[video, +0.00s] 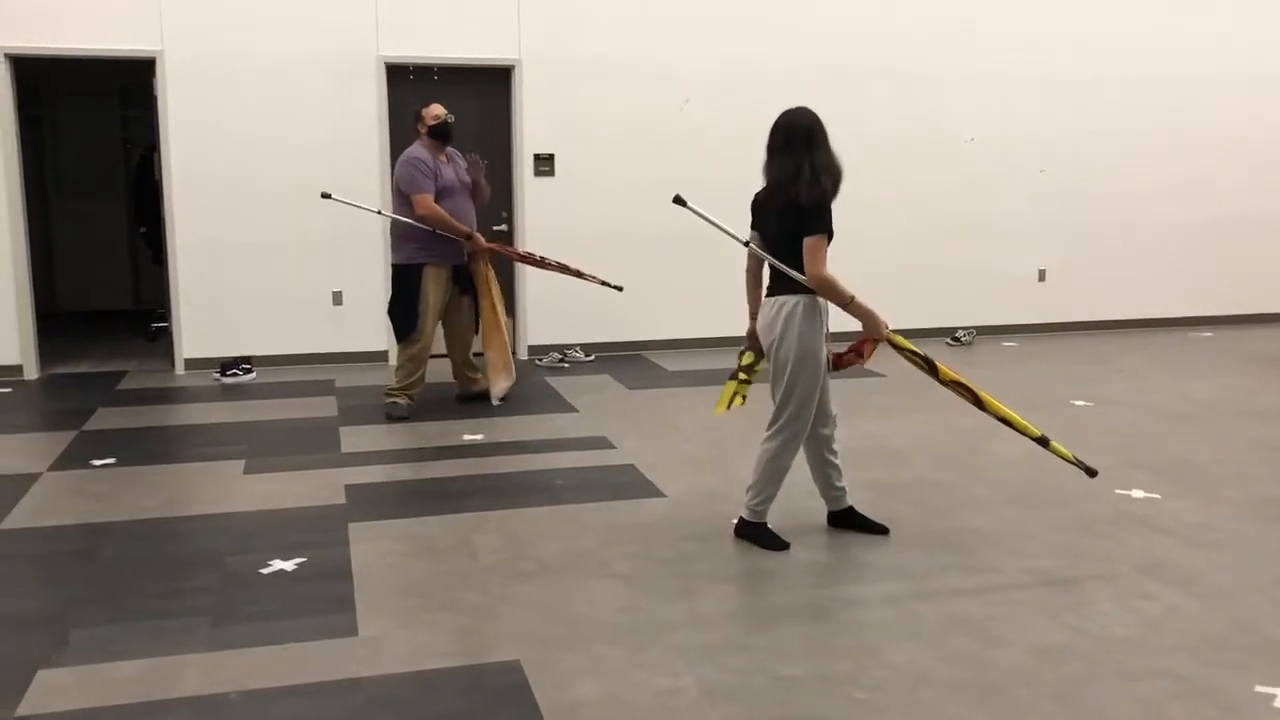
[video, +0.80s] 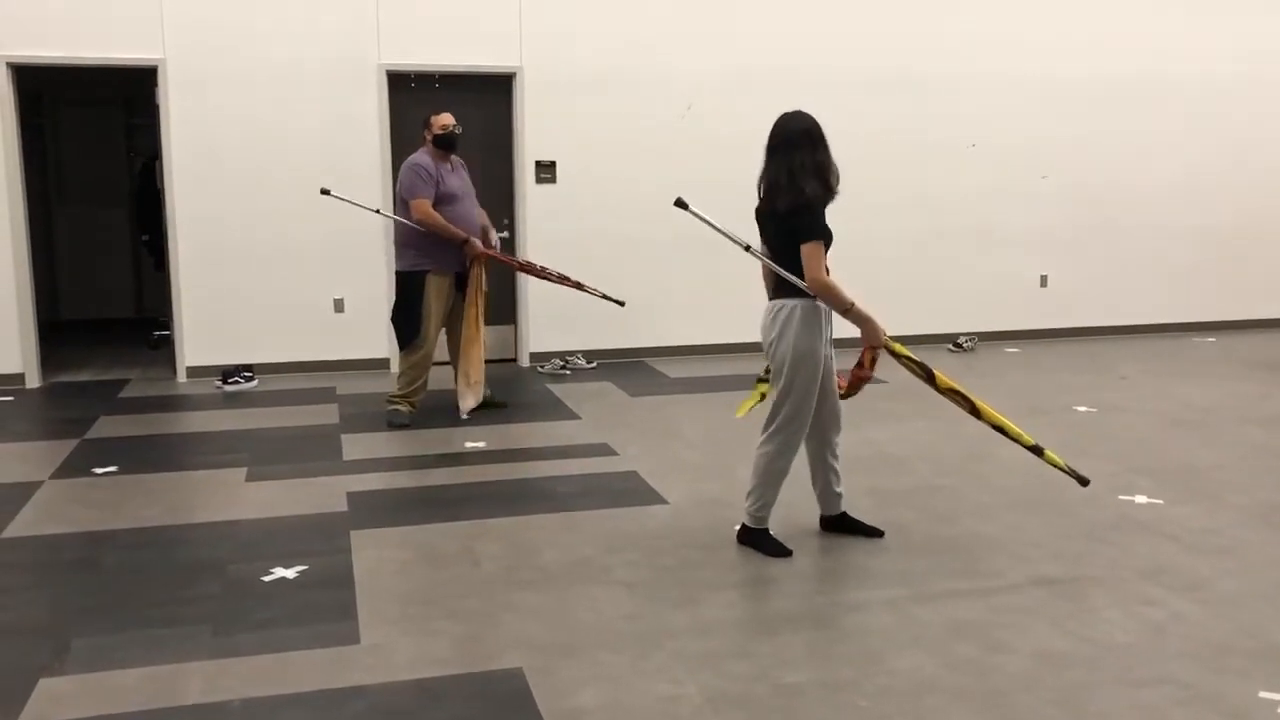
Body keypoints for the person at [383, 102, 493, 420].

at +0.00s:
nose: (444, 121)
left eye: (447, 117)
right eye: (436, 118)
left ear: (451, 124)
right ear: (422, 127)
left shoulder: (455, 157)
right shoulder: (414, 159)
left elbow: (480, 202)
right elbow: (424, 209)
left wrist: (478, 179)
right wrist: (469, 234)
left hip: (458, 257)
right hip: (422, 260)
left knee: (462, 326)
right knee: (417, 332)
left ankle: (470, 384)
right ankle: (400, 396)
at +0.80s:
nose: (451, 133)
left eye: (454, 129)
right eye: (444, 129)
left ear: (458, 133)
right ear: (428, 134)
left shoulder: (458, 165)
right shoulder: (417, 166)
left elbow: (471, 206)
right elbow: (422, 213)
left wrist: (487, 228)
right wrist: (464, 240)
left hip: (460, 265)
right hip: (425, 268)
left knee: (466, 336)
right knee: (421, 341)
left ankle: (473, 395)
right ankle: (402, 403)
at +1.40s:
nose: (449, 128)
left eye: (453, 124)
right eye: (442, 124)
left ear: (458, 128)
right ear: (427, 131)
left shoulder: (463, 161)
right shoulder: (416, 163)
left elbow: (487, 201)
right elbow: (424, 210)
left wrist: (484, 227)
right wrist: (470, 235)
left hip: (465, 261)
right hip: (426, 264)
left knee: (469, 331)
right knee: (420, 338)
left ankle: (473, 392)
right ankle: (403, 401)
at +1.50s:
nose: (450, 129)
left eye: (454, 124)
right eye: (443, 125)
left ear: (459, 128)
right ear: (428, 131)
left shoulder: (464, 161)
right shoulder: (417, 163)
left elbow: (488, 201)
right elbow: (425, 211)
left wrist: (485, 227)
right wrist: (469, 236)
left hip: (466, 262)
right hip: (427, 265)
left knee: (470, 331)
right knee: (422, 338)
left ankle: (475, 391)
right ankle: (404, 401)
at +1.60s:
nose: (452, 129)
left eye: (455, 125)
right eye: (445, 125)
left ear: (461, 129)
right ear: (430, 132)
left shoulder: (466, 162)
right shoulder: (419, 164)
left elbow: (488, 203)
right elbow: (426, 212)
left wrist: (488, 233)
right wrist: (471, 237)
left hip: (468, 262)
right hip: (429, 266)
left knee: (472, 331)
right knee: (424, 339)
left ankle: (477, 391)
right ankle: (407, 401)